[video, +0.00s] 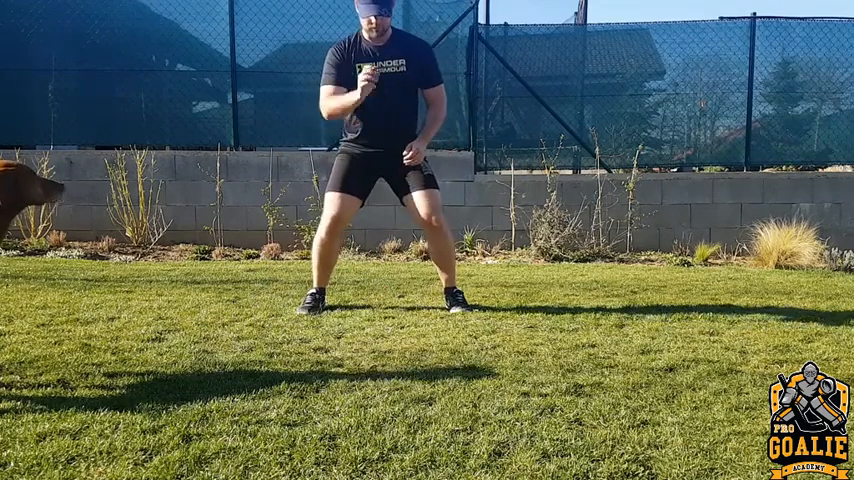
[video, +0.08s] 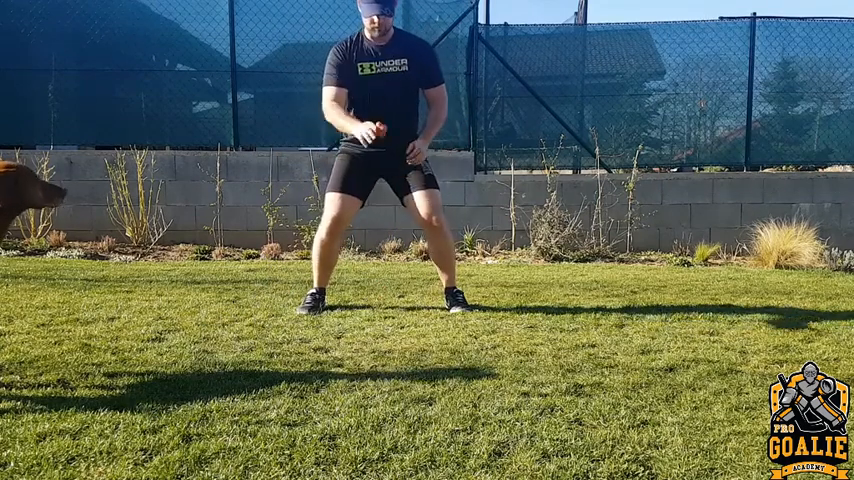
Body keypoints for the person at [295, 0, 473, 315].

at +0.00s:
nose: (374, 22)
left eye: (380, 15)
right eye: (367, 16)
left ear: (390, 13)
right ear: (358, 14)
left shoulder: (417, 50)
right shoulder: (341, 52)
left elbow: (437, 104)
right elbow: (328, 108)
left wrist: (422, 141)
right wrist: (358, 94)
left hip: (405, 148)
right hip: (357, 148)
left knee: (433, 218)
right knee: (332, 220)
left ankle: (452, 291)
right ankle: (317, 293)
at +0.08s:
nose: (376, 20)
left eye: (383, 14)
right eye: (369, 14)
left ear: (393, 12)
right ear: (360, 14)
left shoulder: (419, 50)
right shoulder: (342, 53)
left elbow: (438, 104)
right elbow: (331, 106)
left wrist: (425, 140)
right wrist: (356, 127)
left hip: (405, 148)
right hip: (358, 148)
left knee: (433, 218)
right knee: (333, 219)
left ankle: (452, 291)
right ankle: (317, 293)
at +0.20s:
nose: (381, 19)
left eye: (388, 12)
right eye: (374, 13)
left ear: (397, 12)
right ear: (364, 13)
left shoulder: (421, 50)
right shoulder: (344, 54)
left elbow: (440, 104)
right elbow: (331, 114)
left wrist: (429, 137)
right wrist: (329, 163)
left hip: (405, 149)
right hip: (356, 149)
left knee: (433, 217)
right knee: (333, 222)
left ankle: (452, 291)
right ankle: (317, 293)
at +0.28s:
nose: (382, 19)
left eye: (389, 13)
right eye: (375, 13)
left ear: (397, 12)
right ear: (365, 12)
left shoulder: (421, 51)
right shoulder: (343, 53)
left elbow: (439, 104)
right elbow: (327, 112)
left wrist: (431, 136)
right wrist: (320, 162)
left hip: (405, 151)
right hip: (357, 152)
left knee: (434, 219)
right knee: (333, 223)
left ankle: (452, 291)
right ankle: (317, 293)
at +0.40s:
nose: (384, 19)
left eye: (391, 12)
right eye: (377, 12)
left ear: (398, 12)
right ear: (365, 10)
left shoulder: (419, 52)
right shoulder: (341, 51)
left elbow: (435, 106)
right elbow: (320, 107)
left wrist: (433, 143)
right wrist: (309, 158)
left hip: (402, 151)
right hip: (354, 152)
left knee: (430, 216)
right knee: (331, 224)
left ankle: (451, 290)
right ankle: (317, 293)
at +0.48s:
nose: (391, 21)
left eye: (396, 14)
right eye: (383, 14)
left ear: (403, 12)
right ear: (367, 8)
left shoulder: (420, 54)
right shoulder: (341, 52)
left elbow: (433, 110)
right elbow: (319, 108)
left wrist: (441, 153)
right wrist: (309, 158)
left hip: (402, 152)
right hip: (354, 153)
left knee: (433, 217)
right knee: (332, 223)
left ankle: (451, 289)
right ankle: (317, 293)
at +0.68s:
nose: (435, 35)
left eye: (439, 29)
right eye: (429, 27)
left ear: (443, 27)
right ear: (407, 19)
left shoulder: (444, 70)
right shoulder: (369, 58)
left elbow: (465, 125)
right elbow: (338, 111)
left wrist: (488, 166)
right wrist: (331, 163)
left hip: (420, 158)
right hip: (372, 156)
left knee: (455, 216)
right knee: (345, 226)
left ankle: (473, 294)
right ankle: (318, 293)